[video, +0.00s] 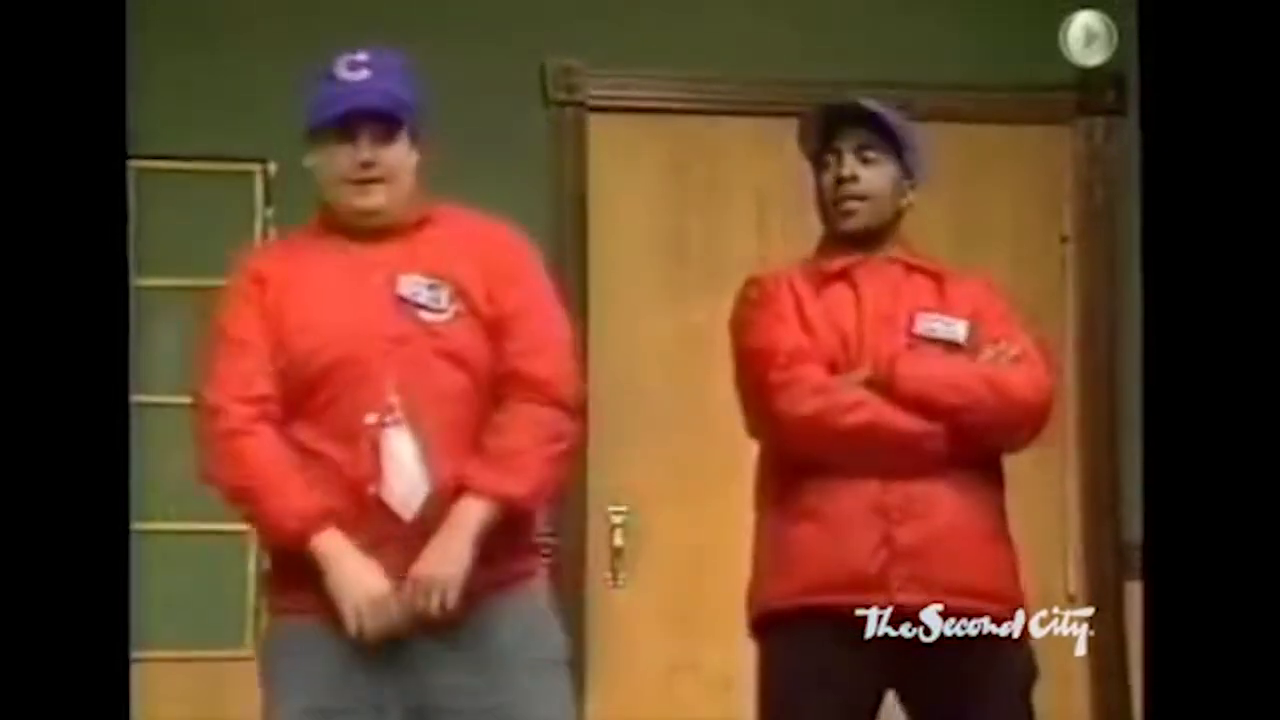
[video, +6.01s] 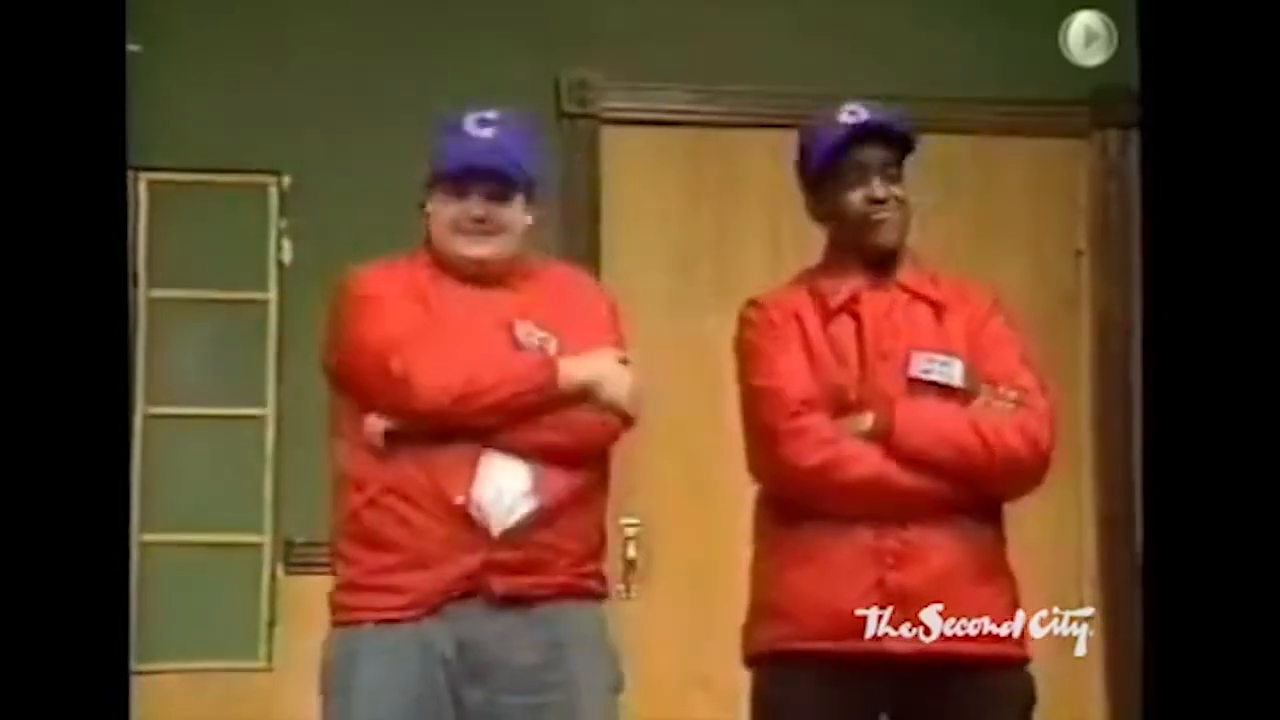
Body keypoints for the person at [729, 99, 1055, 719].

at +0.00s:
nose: (845, 171)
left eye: (868, 155)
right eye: (831, 159)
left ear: (907, 186)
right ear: (817, 185)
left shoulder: (969, 295)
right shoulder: (775, 294)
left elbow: (1025, 400)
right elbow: (791, 412)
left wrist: (883, 378)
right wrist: (957, 431)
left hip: (966, 607)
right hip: (816, 607)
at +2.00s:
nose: (975, 191)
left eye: (982, 173)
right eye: (949, 172)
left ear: (994, 187)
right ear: (893, 198)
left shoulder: (1041, 316)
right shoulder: (839, 316)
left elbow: (1086, 452)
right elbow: (845, 467)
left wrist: (937, 432)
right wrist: (1014, 485)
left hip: (1025, 646)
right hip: (876, 645)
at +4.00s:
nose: (863, 186)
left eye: (888, 170)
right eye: (853, 170)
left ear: (932, 193)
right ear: (838, 187)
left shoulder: (986, 305)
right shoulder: (787, 316)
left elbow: (1014, 444)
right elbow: (780, 459)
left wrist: (952, 323)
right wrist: (940, 456)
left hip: (973, 644)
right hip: (822, 648)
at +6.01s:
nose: (879, 193)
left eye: (891, 175)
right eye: (856, 178)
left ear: (909, 188)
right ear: (818, 200)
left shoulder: (971, 306)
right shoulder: (776, 317)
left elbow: (1025, 447)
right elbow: (794, 460)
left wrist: (884, 423)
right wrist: (968, 467)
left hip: (967, 645)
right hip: (817, 648)